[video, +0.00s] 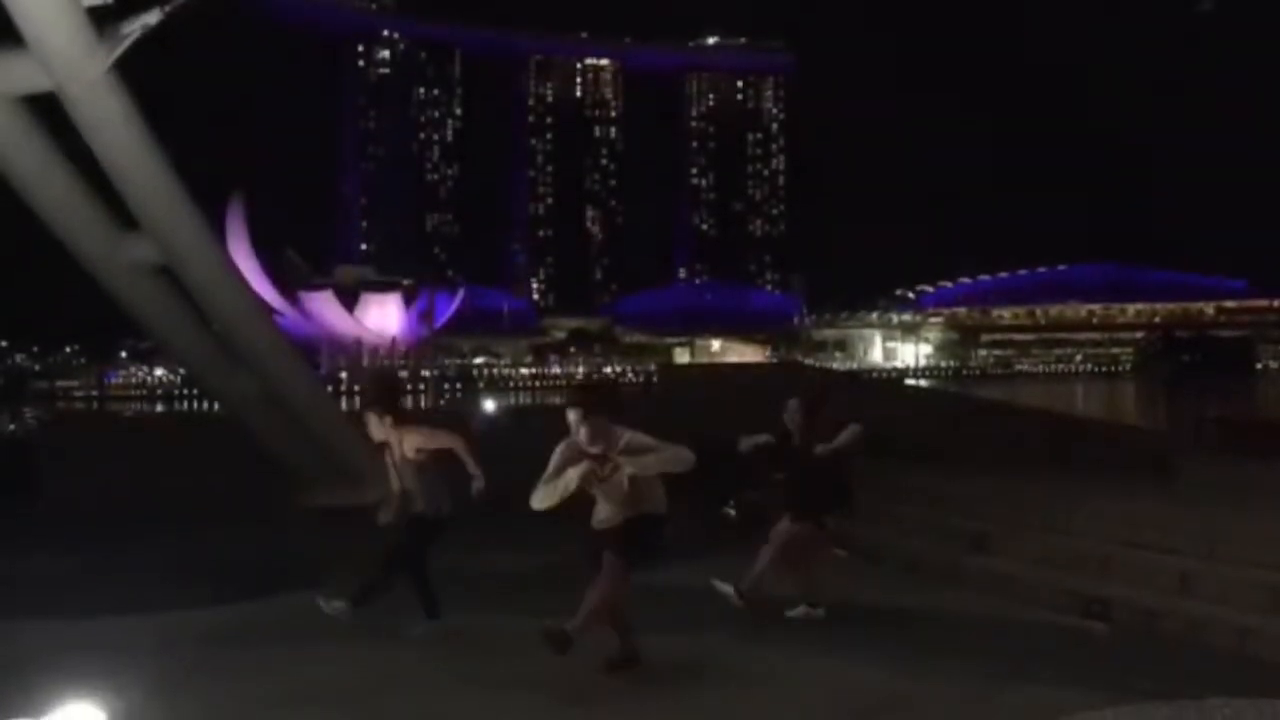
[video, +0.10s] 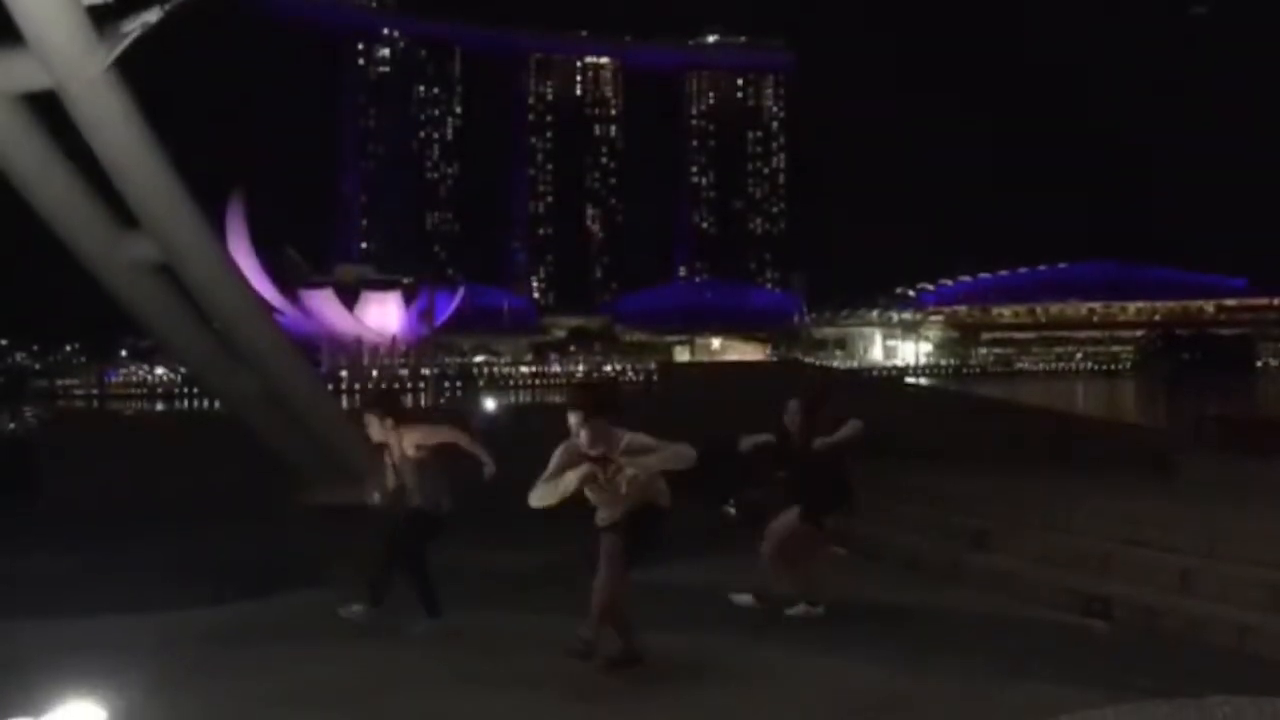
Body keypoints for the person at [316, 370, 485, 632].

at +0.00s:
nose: (369, 430)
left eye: (371, 423)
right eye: (368, 423)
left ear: (387, 422)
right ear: (383, 423)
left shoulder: (412, 439)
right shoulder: (391, 447)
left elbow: (455, 441)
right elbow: (397, 485)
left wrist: (476, 475)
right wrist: (390, 509)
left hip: (433, 509)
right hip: (414, 509)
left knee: (394, 556)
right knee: (414, 561)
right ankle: (432, 615)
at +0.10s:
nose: (368, 430)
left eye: (371, 424)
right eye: (367, 425)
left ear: (388, 422)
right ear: (385, 424)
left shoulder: (410, 437)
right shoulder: (391, 448)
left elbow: (454, 435)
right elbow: (392, 482)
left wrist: (486, 459)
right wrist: (383, 492)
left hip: (431, 507)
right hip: (411, 508)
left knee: (392, 549)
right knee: (414, 559)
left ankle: (371, 603)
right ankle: (433, 613)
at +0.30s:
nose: (386, 396)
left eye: (390, 389)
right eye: (381, 390)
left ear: (401, 392)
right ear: (376, 396)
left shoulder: (418, 413)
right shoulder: (380, 421)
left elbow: (460, 412)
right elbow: (375, 448)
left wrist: (468, 454)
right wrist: (380, 464)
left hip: (431, 488)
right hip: (407, 490)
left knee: (405, 544)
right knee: (415, 548)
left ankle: (408, 603)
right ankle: (434, 605)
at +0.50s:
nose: (405, 399)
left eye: (409, 392)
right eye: (400, 393)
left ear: (419, 394)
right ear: (393, 398)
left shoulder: (435, 426)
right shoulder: (387, 432)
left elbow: (445, 458)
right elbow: (371, 465)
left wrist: (451, 488)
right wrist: (374, 494)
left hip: (427, 506)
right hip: (396, 506)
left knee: (415, 562)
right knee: (395, 559)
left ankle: (397, 616)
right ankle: (397, 605)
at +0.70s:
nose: (422, 392)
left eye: (425, 385)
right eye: (416, 386)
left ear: (433, 389)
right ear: (407, 390)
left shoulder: (443, 418)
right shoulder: (399, 422)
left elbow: (470, 437)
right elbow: (367, 440)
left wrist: (458, 415)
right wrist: (383, 469)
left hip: (429, 488)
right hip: (402, 487)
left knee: (422, 543)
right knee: (400, 540)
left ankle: (404, 588)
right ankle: (393, 584)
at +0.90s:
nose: (430, 414)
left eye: (434, 408)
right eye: (424, 409)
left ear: (441, 410)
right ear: (417, 413)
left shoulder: (450, 436)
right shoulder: (414, 433)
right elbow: (410, 459)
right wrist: (437, 431)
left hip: (442, 503)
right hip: (417, 505)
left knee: (444, 561)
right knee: (425, 568)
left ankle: (397, 536)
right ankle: (430, 631)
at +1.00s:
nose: (434, 445)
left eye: (436, 438)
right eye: (428, 439)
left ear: (439, 442)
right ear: (417, 441)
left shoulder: (437, 456)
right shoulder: (418, 456)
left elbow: (436, 432)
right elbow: (431, 430)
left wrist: (413, 417)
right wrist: (446, 395)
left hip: (441, 515)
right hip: (420, 519)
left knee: (452, 565)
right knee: (431, 574)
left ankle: (416, 555)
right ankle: (431, 631)